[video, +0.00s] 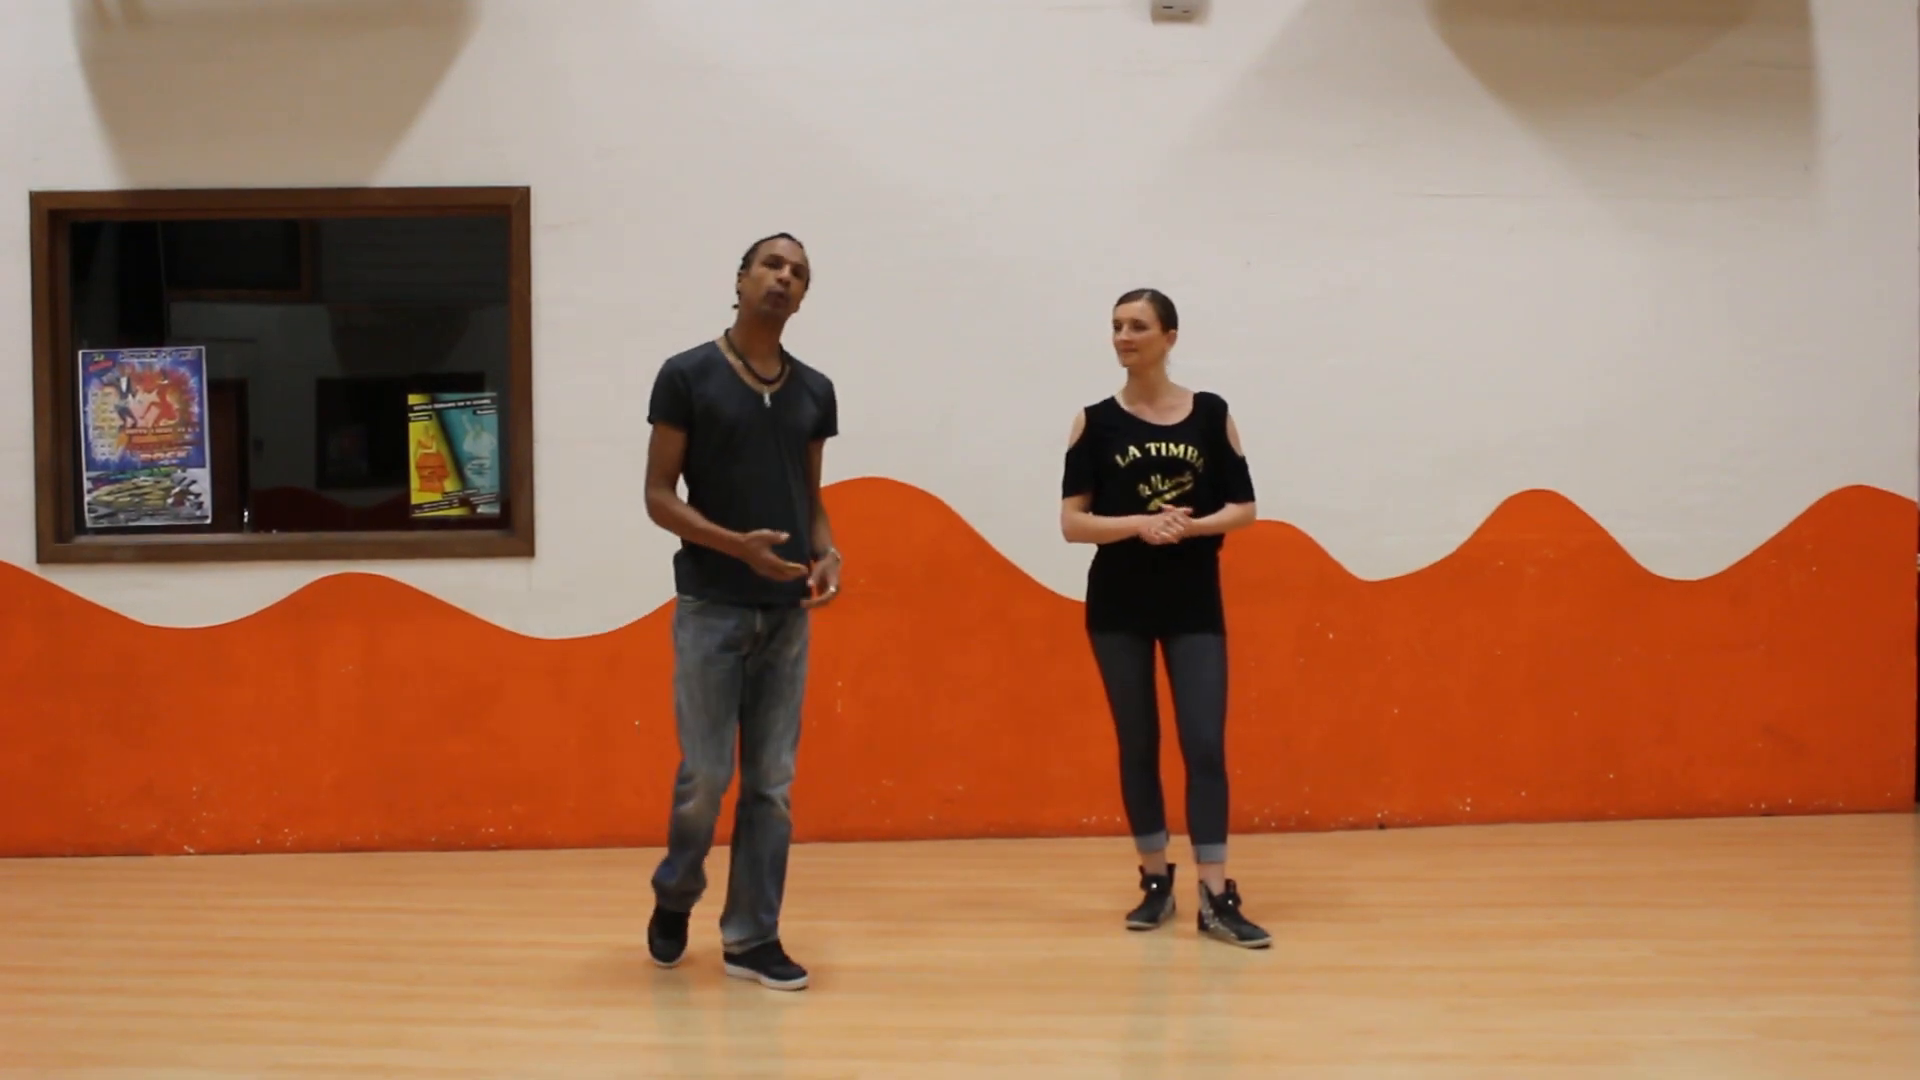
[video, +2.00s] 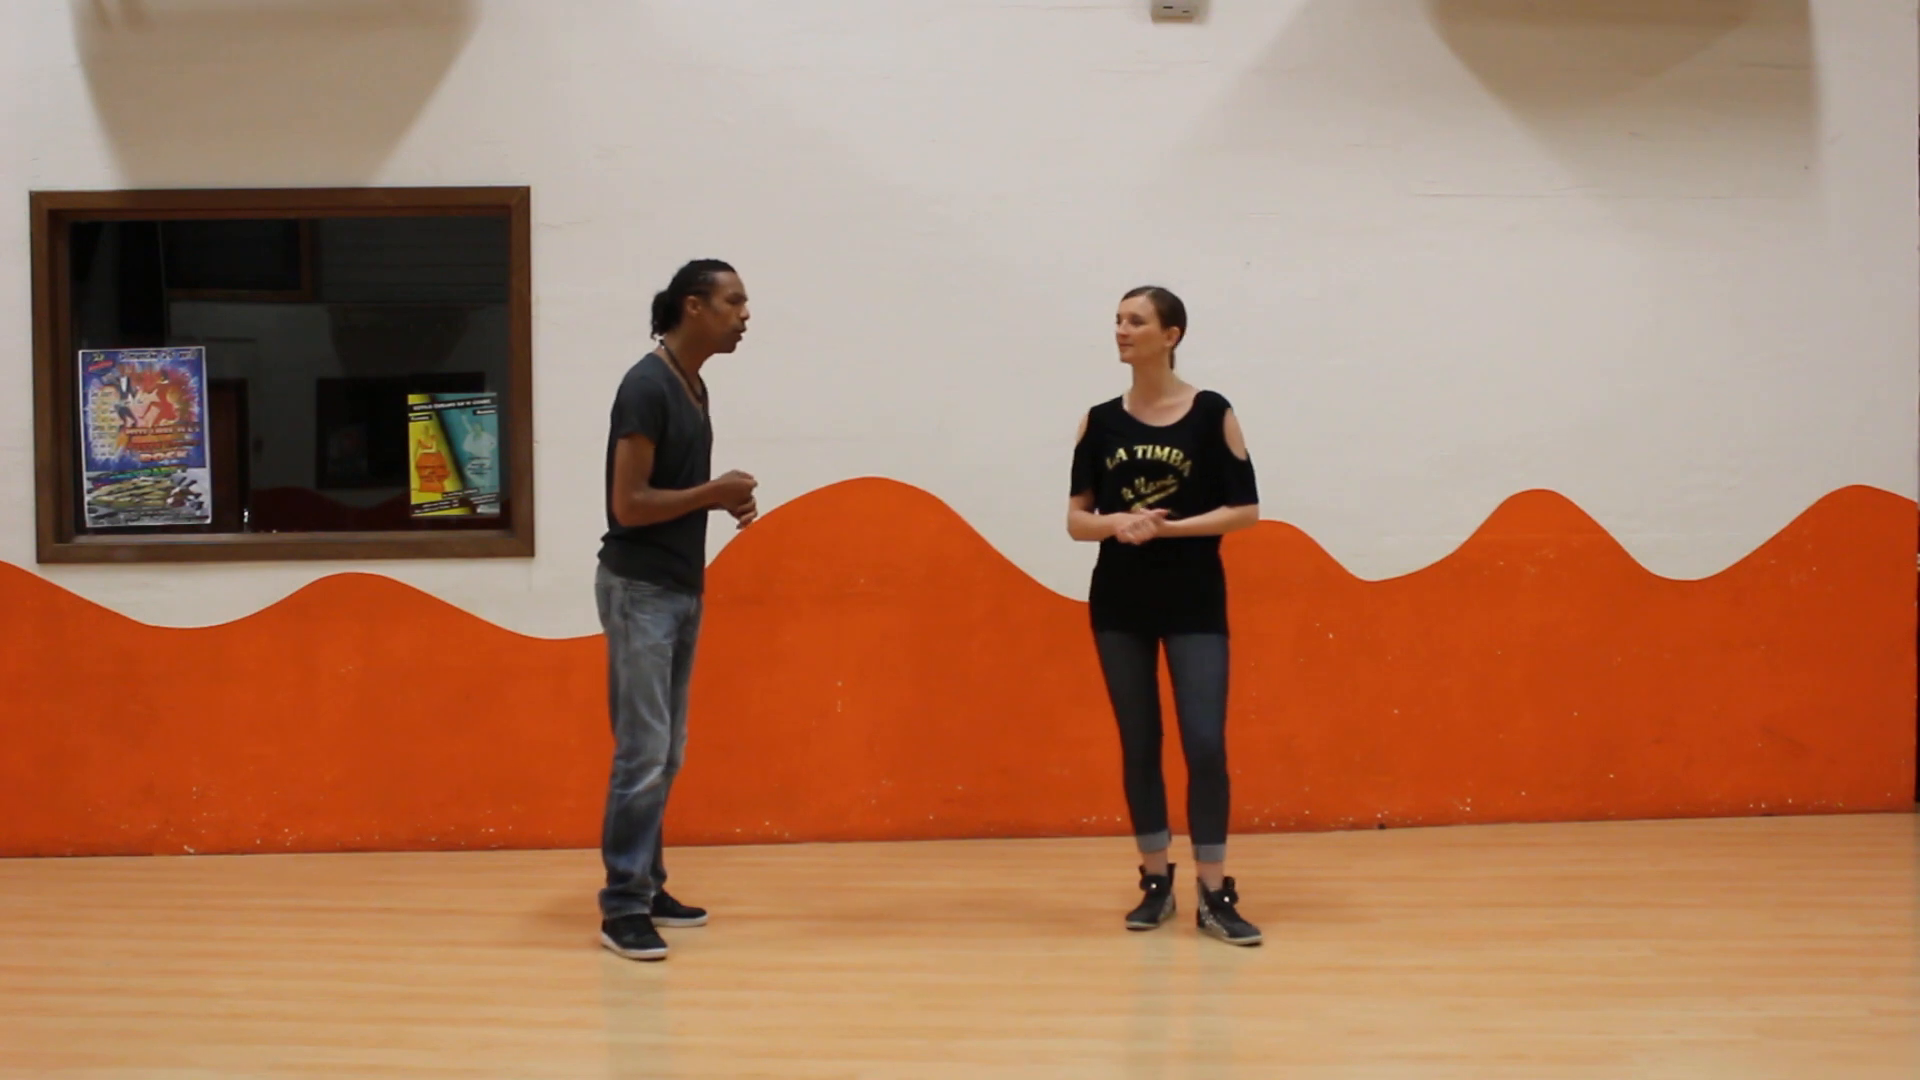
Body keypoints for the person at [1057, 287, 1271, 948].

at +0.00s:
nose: (1123, 337)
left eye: (1136, 327)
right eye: (1117, 328)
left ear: (1169, 336)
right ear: (1111, 338)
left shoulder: (1209, 413)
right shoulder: (1093, 422)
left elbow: (1243, 508)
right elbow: (1073, 522)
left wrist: (1195, 525)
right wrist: (1135, 524)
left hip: (1193, 602)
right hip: (1118, 604)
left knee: (1205, 748)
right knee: (1138, 745)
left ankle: (1215, 896)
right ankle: (1156, 883)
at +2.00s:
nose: (1122, 331)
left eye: (1135, 322)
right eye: (1119, 322)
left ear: (1171, 334)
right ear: (1119, 333)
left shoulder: (1212, 412)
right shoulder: (1100, 422)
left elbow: (1244, 510)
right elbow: (1077, 520)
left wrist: (1168, 526)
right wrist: (1113, 525)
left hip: (1193, 599)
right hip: (1120, 601)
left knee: (1205, 745)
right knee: (1140, 744)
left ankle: (1215, 894)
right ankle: (1157, 884)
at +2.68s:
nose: (1137, 324)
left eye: (1150, 317)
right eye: (1140, 314)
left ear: (1186, 332)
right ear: (1171, 332)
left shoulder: (1198, 408)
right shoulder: (1160, 410)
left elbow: (1212, 508)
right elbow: (1170, 502)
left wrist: (1133, 522)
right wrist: (1124, 515)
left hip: (1212, 598)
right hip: (1172, 597)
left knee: (1216, 744)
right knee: (1171, 743)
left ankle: (1248, 884)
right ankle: (1167, 883)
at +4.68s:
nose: (1196, 336)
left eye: (1208, 326)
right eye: (1197, 325)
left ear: (1248, 331)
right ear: (1231, 332)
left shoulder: (1270, 414)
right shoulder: (1206, 412)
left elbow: (1276, 514)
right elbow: (1211, 503)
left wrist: (1193, 520)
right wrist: (1174, 516)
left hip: (1255, 604)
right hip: (1207, 599)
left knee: (1252, 745)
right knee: (1180, 745)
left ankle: (1253, 888)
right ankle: (1158, 889)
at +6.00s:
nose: (1201, 335)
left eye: (1213, 325)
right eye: (1203, 324)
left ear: (1252, 333)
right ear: (1238, 333)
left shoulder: (1275, 415)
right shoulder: (1212, 413)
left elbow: (1281, 514)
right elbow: (1216, 503)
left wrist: (1197, 521)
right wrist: (1178, 516)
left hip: (1258, 604)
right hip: (1211, 599)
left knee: (1253, 745)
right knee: (1182, 746)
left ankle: (1252, 889)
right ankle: (1158, 890)